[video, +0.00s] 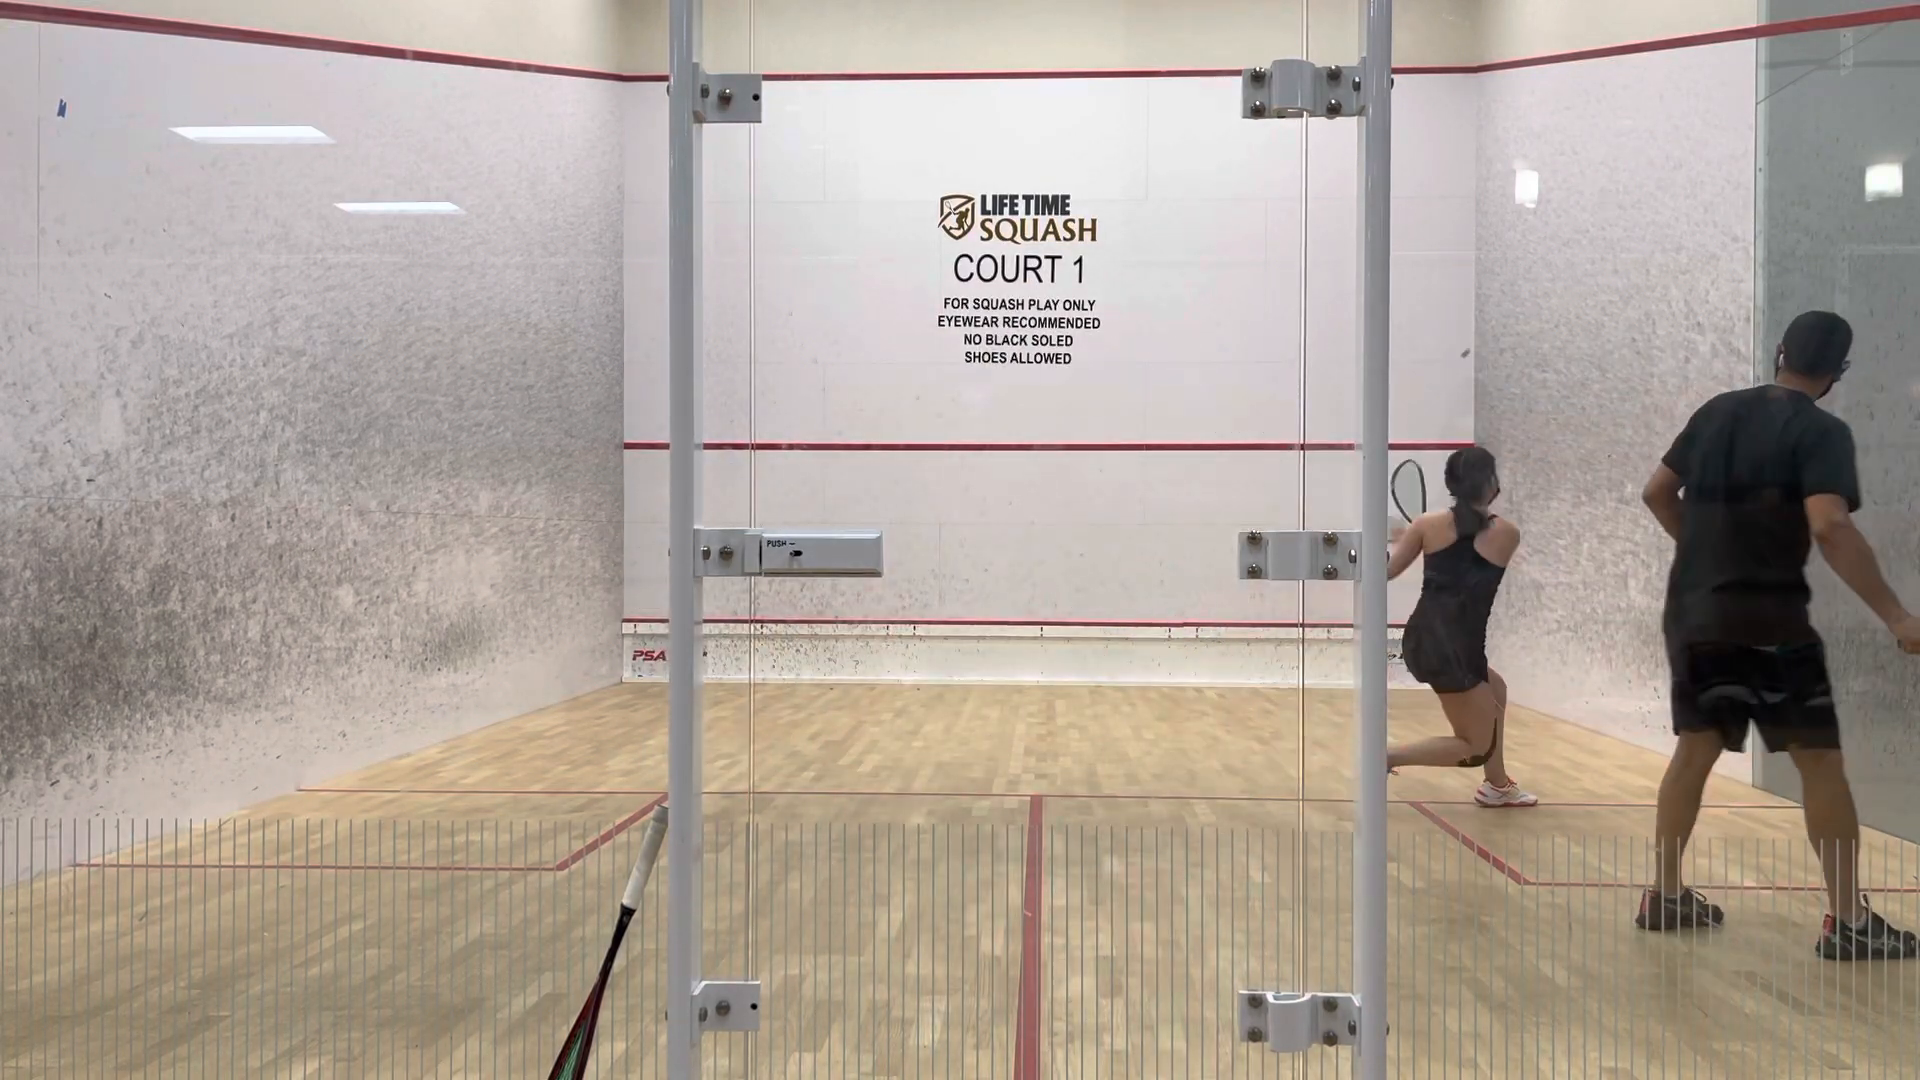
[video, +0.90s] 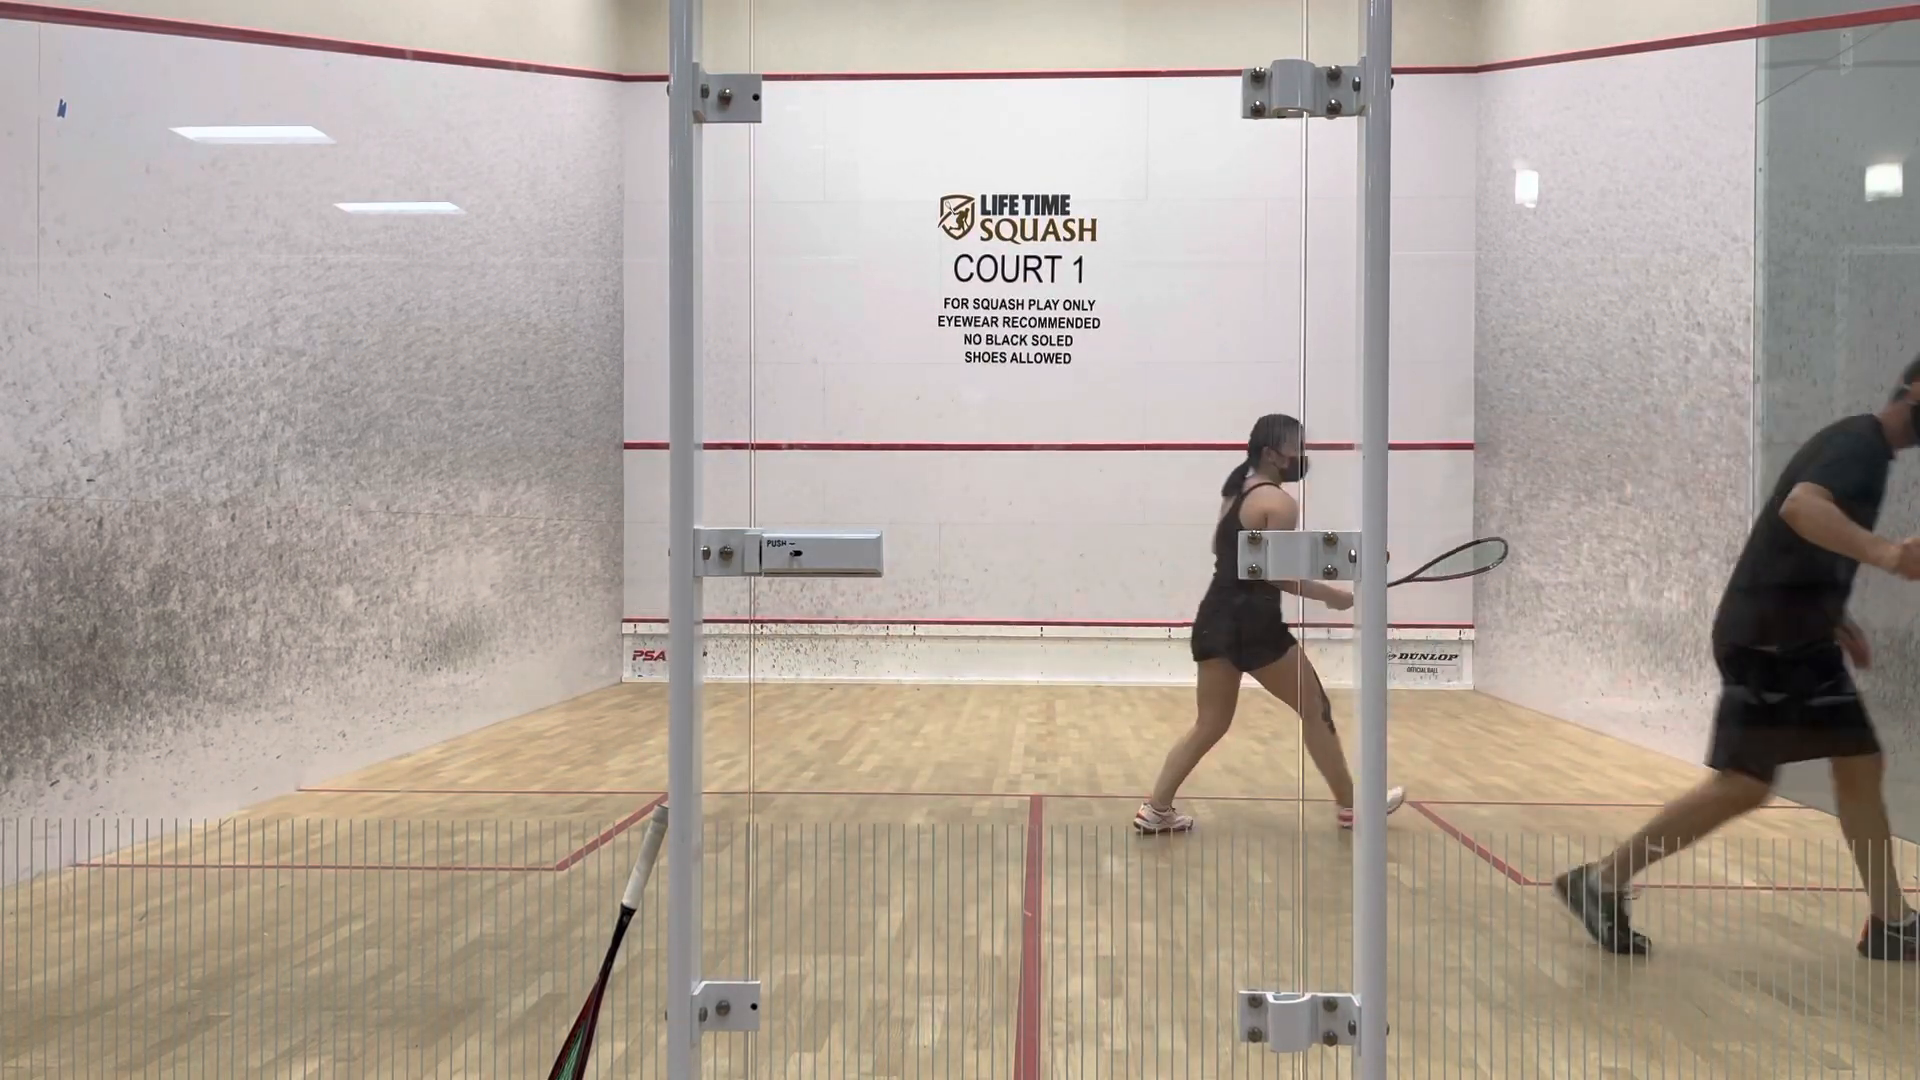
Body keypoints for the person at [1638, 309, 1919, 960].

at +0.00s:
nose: (1835, 377)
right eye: (1840, 370)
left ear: (1779, 358)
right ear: (1836, 374)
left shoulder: (1720, 409)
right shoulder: (1821, 428)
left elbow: (1657, 492)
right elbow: (1829, 524)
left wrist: (1699, 544)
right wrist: (1897, 616)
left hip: (1696, 619)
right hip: (1773, 622)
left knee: (1696, 744)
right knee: (1820, 761)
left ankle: (1664, 893)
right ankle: (1848, 917)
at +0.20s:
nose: (1819, 392)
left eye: (1818, 382)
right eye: (1821, 383)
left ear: (1761, 366)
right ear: (1816, 385)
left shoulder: (1702, 413)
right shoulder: (1786, 433)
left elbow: (1636, 482)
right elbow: (1785, 509)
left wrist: (1677, 548)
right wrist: (1885, 581)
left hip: (1648, 617)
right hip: (1715, 619)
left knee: (1671, 745)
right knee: (1784, 749)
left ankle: (1660, 893)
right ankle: (1769, 912)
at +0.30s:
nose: (1813, 389)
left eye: (1809, 378)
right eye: (1815, 380)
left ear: (1752, 367)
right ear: (1810, 384)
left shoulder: (1695, 412)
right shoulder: (1779, 430)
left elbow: (1627, 479)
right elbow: (1776, 509)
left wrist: (1660, 546)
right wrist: (1878, 573)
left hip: (1643, 613)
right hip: (1704, 616)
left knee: (1665, 746)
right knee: (1759, 755)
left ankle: (1658, 888)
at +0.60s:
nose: (1833, 393)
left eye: (1833, 382)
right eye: (1835, 383)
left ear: (1773, 366)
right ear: (1823, 383)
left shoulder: (1719, 418)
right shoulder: (1775, 432)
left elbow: (1649, 501)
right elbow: (1750, 521)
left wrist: (1688, 573)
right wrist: (1843, 600)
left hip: (1676, 614)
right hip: (1701, 623)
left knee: (1765, 734)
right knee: (1667, 763)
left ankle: (1708, 882)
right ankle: (1570, 898)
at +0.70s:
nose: (1872, 398)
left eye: (1876, 386)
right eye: (1873, 385)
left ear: (1819, 368)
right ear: (1849, 378)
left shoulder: (1746, 412)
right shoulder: (1797, 424)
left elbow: (1678, 492)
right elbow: (1761, 509)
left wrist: (1714, 566)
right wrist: (1844, 583)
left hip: (1700, 611)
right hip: (1718, 620)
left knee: (1787, 733)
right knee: (1676, 759)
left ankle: (1795, 897)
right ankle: (1576, 894)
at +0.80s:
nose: (1906, 414)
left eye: (1912, 403)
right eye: (1907, 399)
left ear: (1868, 376)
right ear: (1879, 378)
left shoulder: (1795, 420)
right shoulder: (1824, 429)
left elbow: (1716, 500)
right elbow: (1782, 506)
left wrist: (1783, 593)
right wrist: (1867, 568)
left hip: (1739, 621)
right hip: (1739, 626)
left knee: (1813, 752)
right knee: (1687, 766)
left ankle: (1870, 909)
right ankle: (1580, 890)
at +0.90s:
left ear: (1905, 392)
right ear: (1912, 391)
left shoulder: (1866, 451)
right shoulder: (1856, 441)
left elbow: (1800, 544)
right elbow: (1801, 506)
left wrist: (1835, 622)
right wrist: (1884, 551)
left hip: (1800, 636)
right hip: (1766, 635)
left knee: (1859, 762)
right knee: (1744, 783)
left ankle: (1890, 919)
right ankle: (1601, 881)